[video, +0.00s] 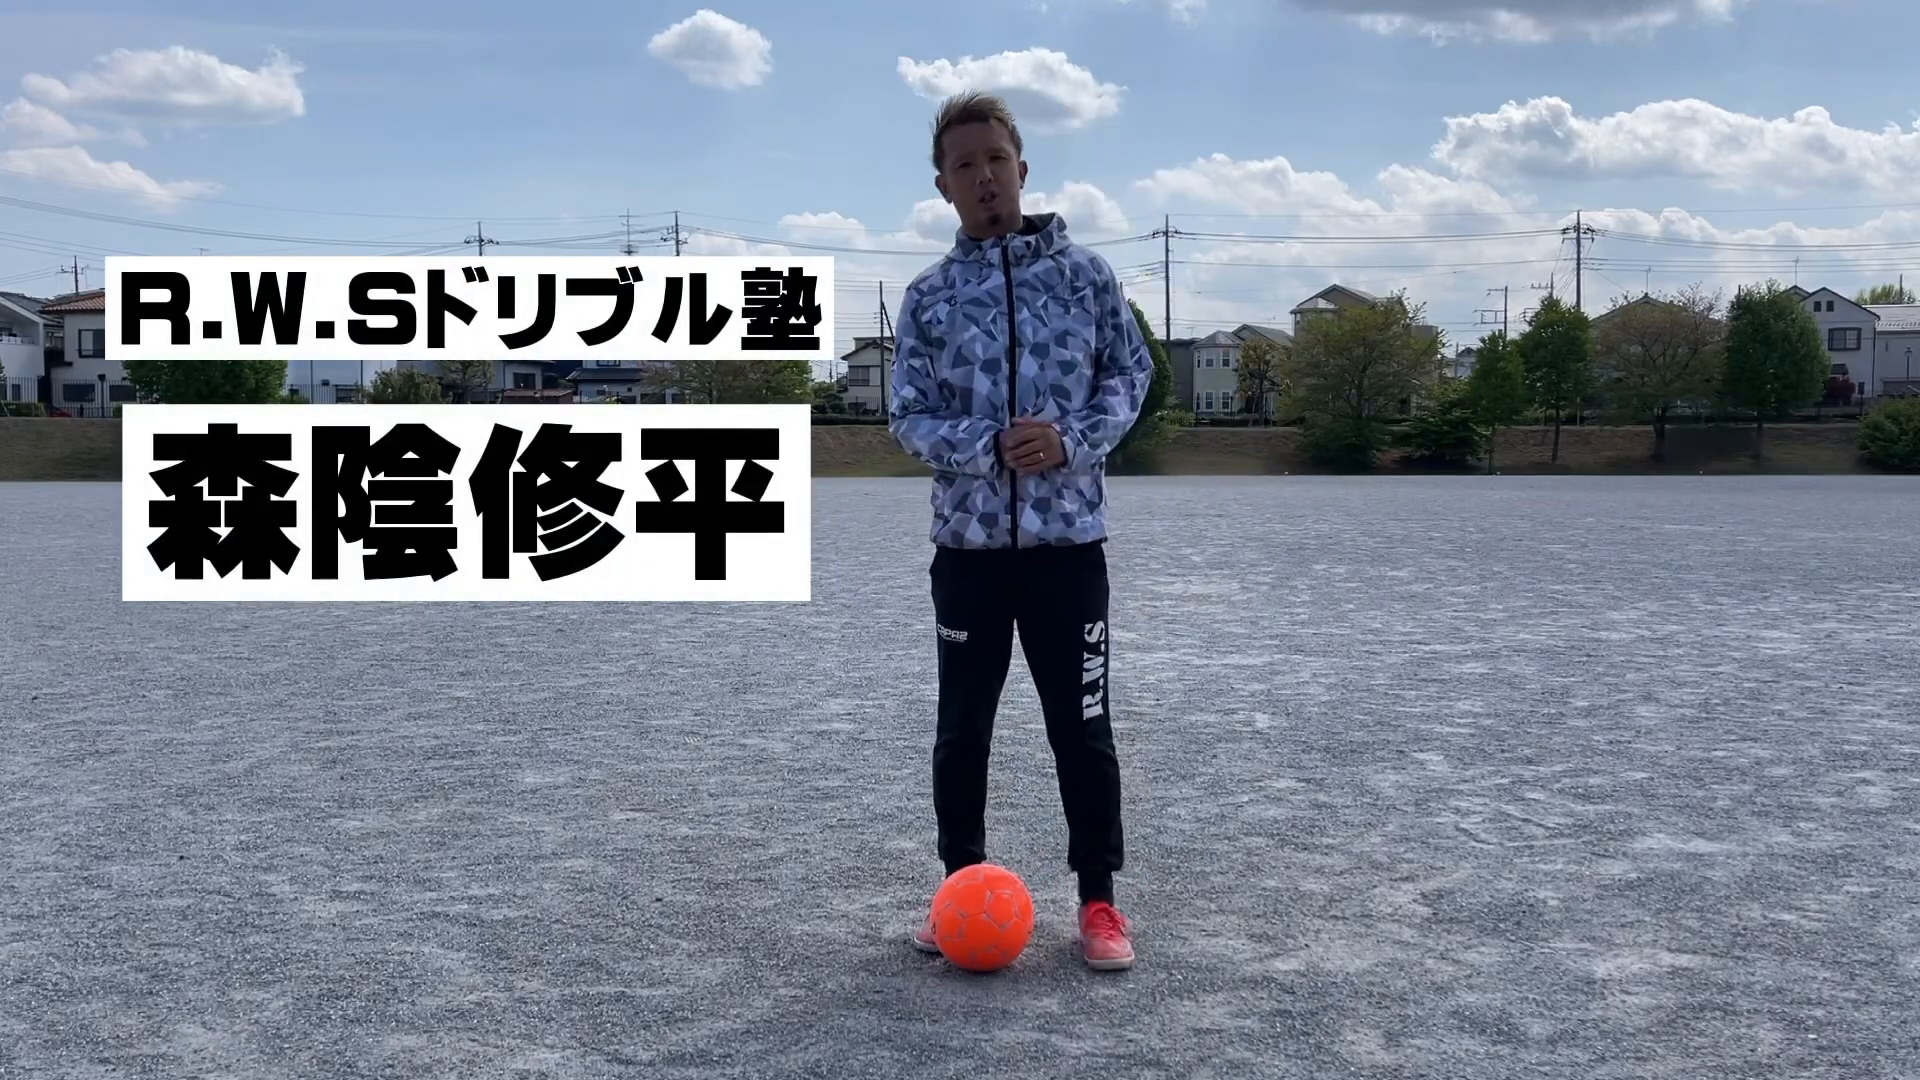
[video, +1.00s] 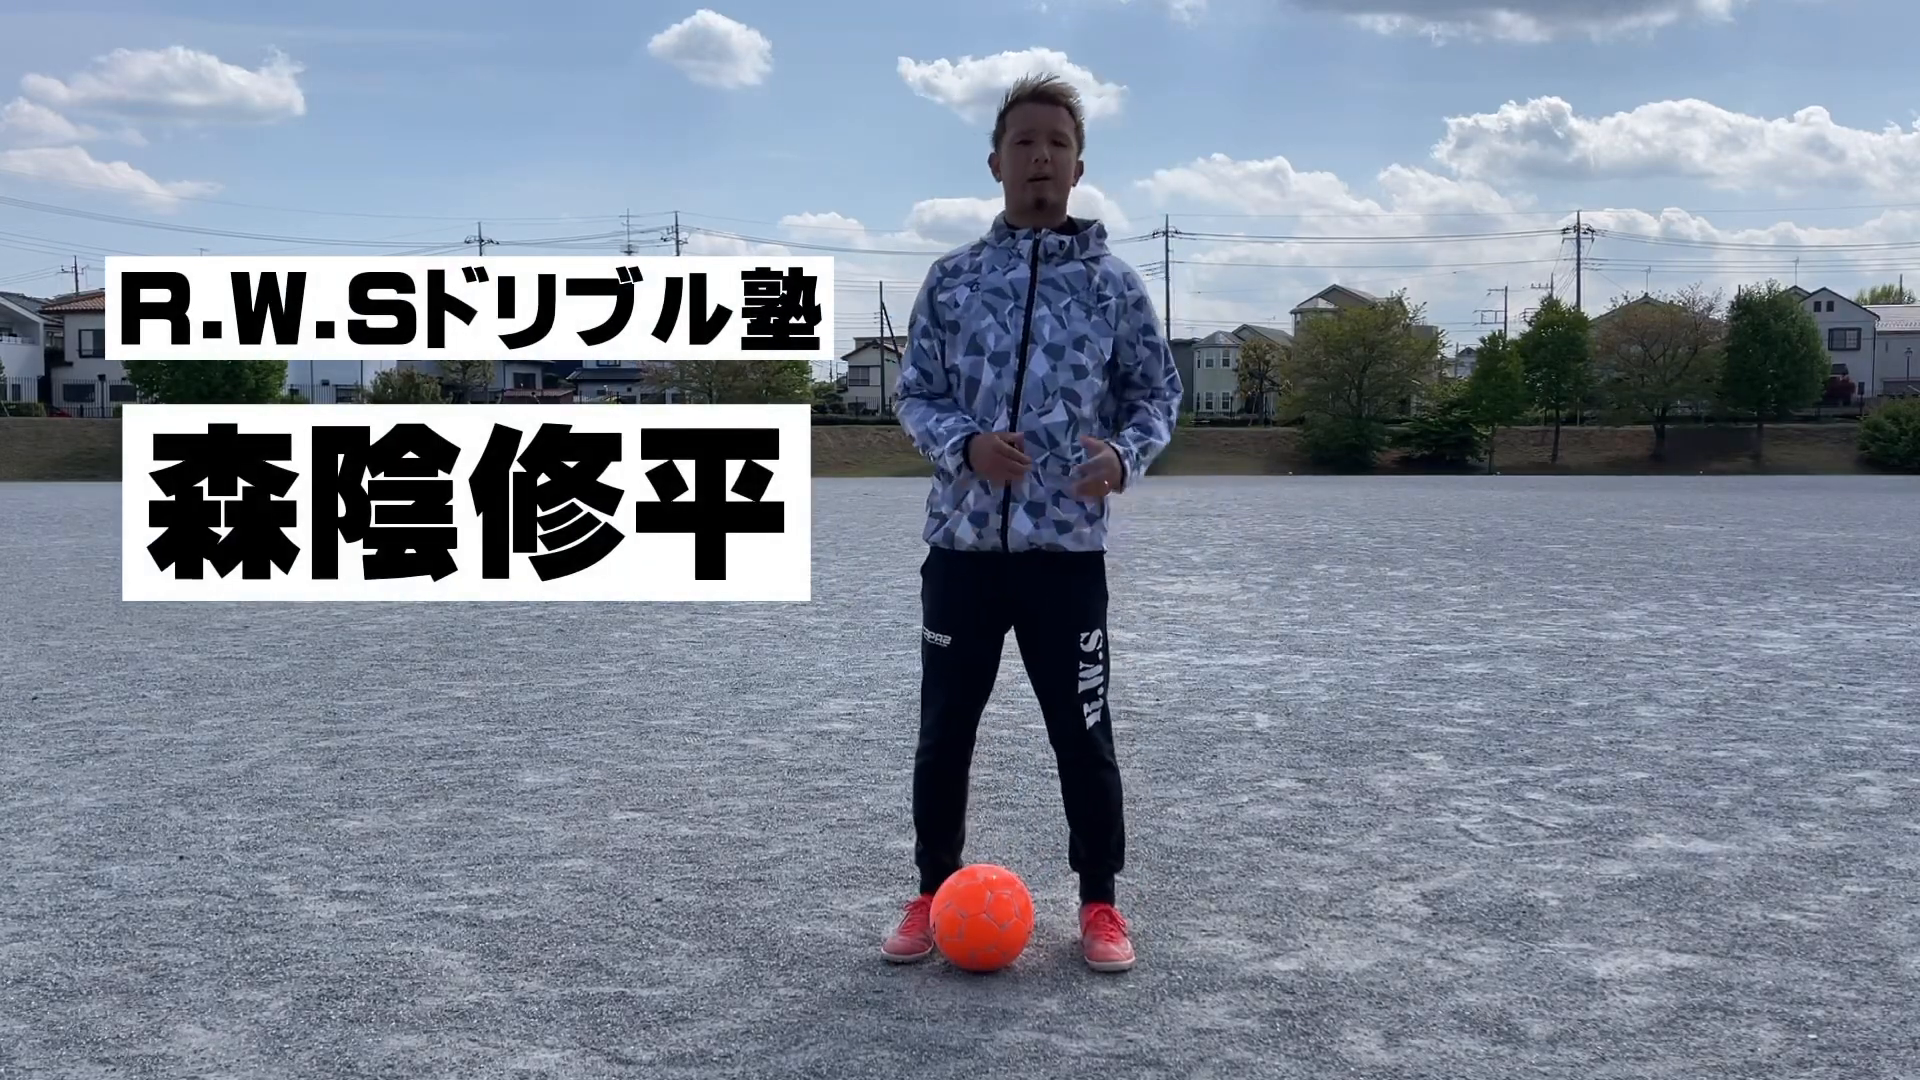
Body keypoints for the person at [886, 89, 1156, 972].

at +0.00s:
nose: (983, 176)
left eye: (994, 159)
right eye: (964, 166)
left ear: (1021, 165)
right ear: (943, 185)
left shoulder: (1085, 274)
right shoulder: (930, 295)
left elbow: (1132, 378)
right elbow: (908, 415)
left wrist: (1074, 438)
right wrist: (987, 447)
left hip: (1066, 540)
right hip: (969, 544)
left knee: (1082, 727)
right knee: (963, 727)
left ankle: (1099, 905)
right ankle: (962, 895)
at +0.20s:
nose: (1031, 168)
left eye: (1047, 153)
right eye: (1014, 153)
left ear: (1071, 167)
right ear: (990, 169)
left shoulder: (1115, 279)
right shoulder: (957, 285)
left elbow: (1150, 393)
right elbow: (923, 405)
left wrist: (1069, 454)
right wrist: (985, 457)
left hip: (1082, 543)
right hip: (982, 544)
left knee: (1093, 733)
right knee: (968, 728)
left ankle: (1100, 906)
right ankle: (962, 899)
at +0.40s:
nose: (1071, 168)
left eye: (1089, 154)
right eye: (1056, 152)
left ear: (1113, 167)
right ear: (1031, 162)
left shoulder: (1144, 283)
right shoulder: (988, 276)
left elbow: (1163, 408)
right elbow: (952, 393)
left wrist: (1065, 479)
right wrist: (984, 463)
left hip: (1090, 551)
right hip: (988, 546)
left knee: (1097, 735)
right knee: (947, 722)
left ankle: (1100, 905)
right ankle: (944, 883)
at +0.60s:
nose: (1085, 164)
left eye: (1103, 150)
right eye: (1071, 147)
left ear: (1127, 167)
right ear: (1045, 158)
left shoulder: (1151, 283)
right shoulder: (996, 272)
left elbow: (1178, 413)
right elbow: (956, 388)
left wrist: (1105, 497)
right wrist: (971, 463)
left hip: (1089, 551)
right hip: (991, 547)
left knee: (1097, 736)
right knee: (950, 728)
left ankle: (1100, 905)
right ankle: (926, 892)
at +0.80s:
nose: (1076, 160)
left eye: (1093, 147)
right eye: (1061, 143)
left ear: (1114, 167)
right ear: (1030, 157)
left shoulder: (1134, 288)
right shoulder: (977, 274)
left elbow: (1182, 401)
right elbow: (932, 390)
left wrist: (1148, 488)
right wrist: (956, 460)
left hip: (1083, 554)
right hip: (980, 549)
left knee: (1093, 737)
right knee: (953, 734)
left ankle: (1101, 906)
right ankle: (936, 899)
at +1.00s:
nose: (1041, 156)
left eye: (1058, 142)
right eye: (1024, 141)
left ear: (1078, 161)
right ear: (996, 158)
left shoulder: (1114, 284)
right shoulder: (953, 277)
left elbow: (1157, 397)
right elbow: (916, 399)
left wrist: (1124, 453)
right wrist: (965, 446)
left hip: (1066, 548)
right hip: (963, 547)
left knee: (1082, 734)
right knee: (943, 733)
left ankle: (1100, 906)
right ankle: (931, 897)